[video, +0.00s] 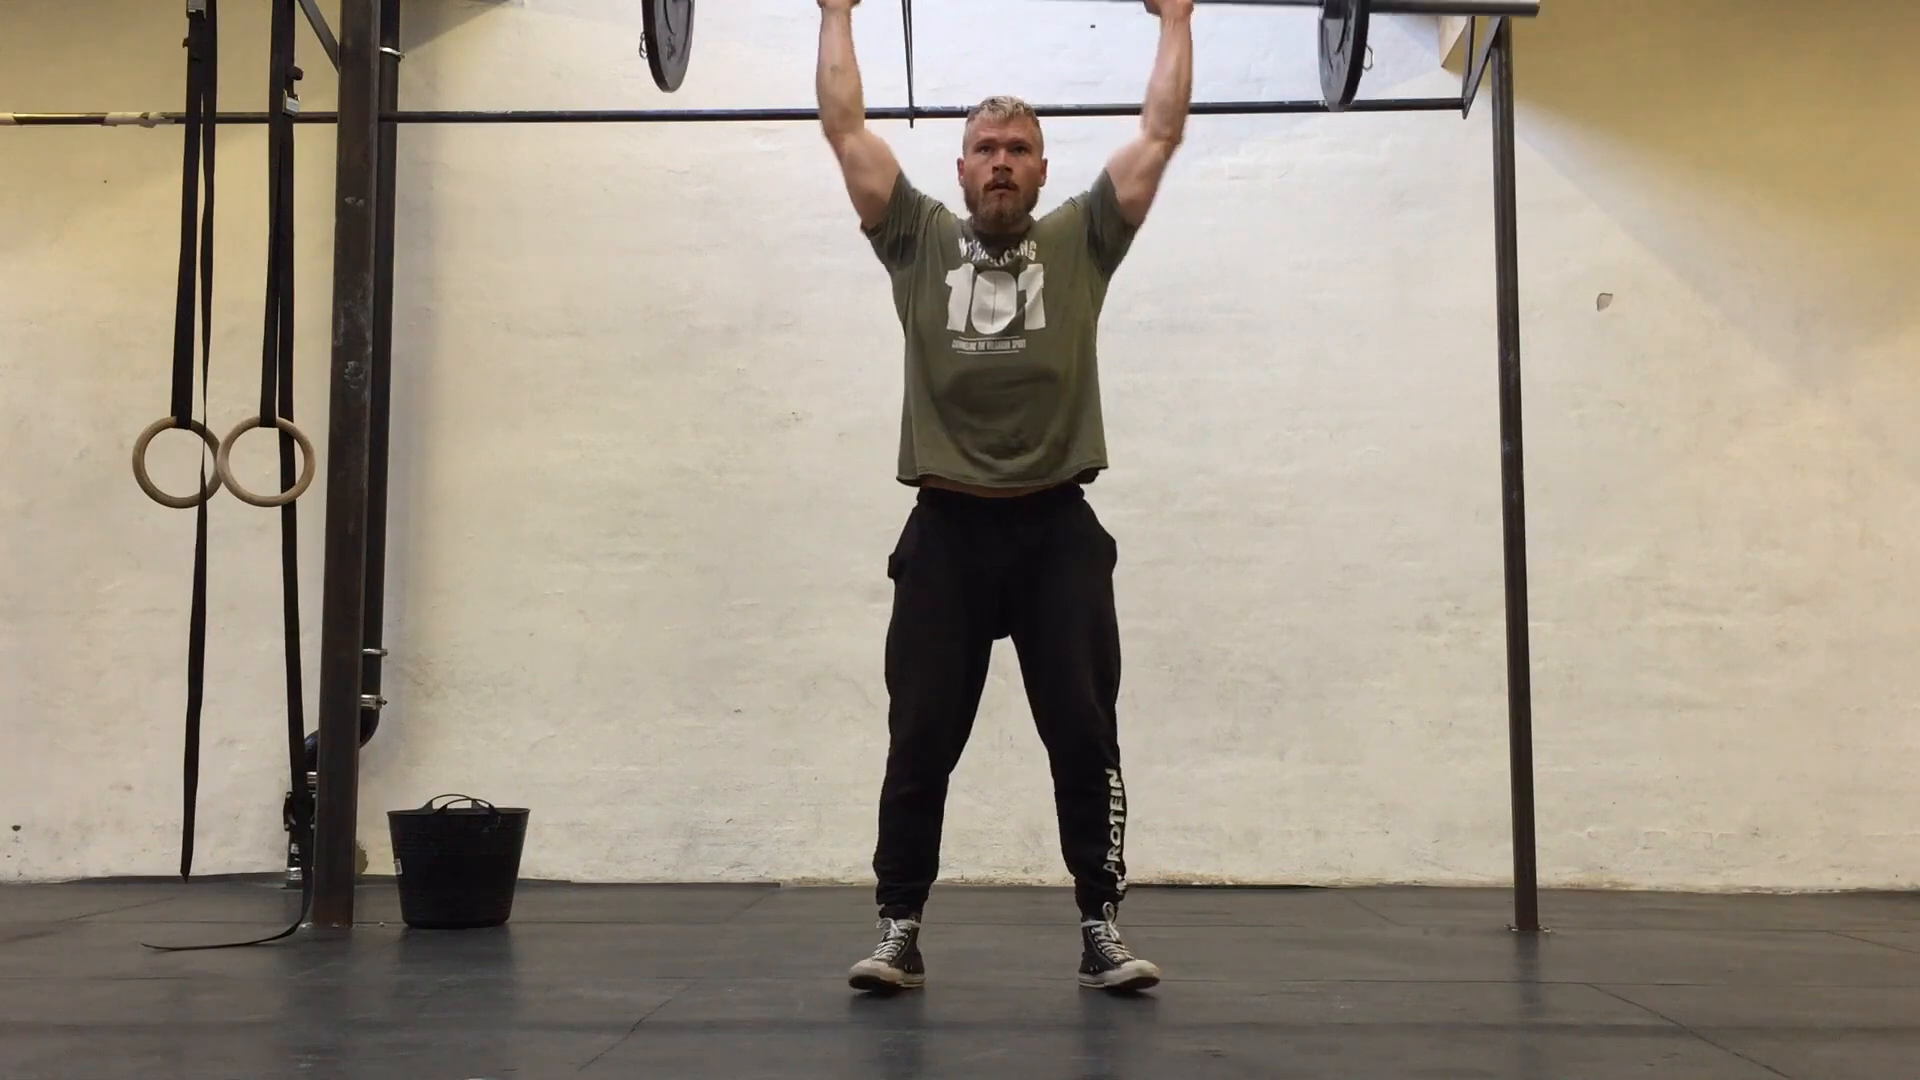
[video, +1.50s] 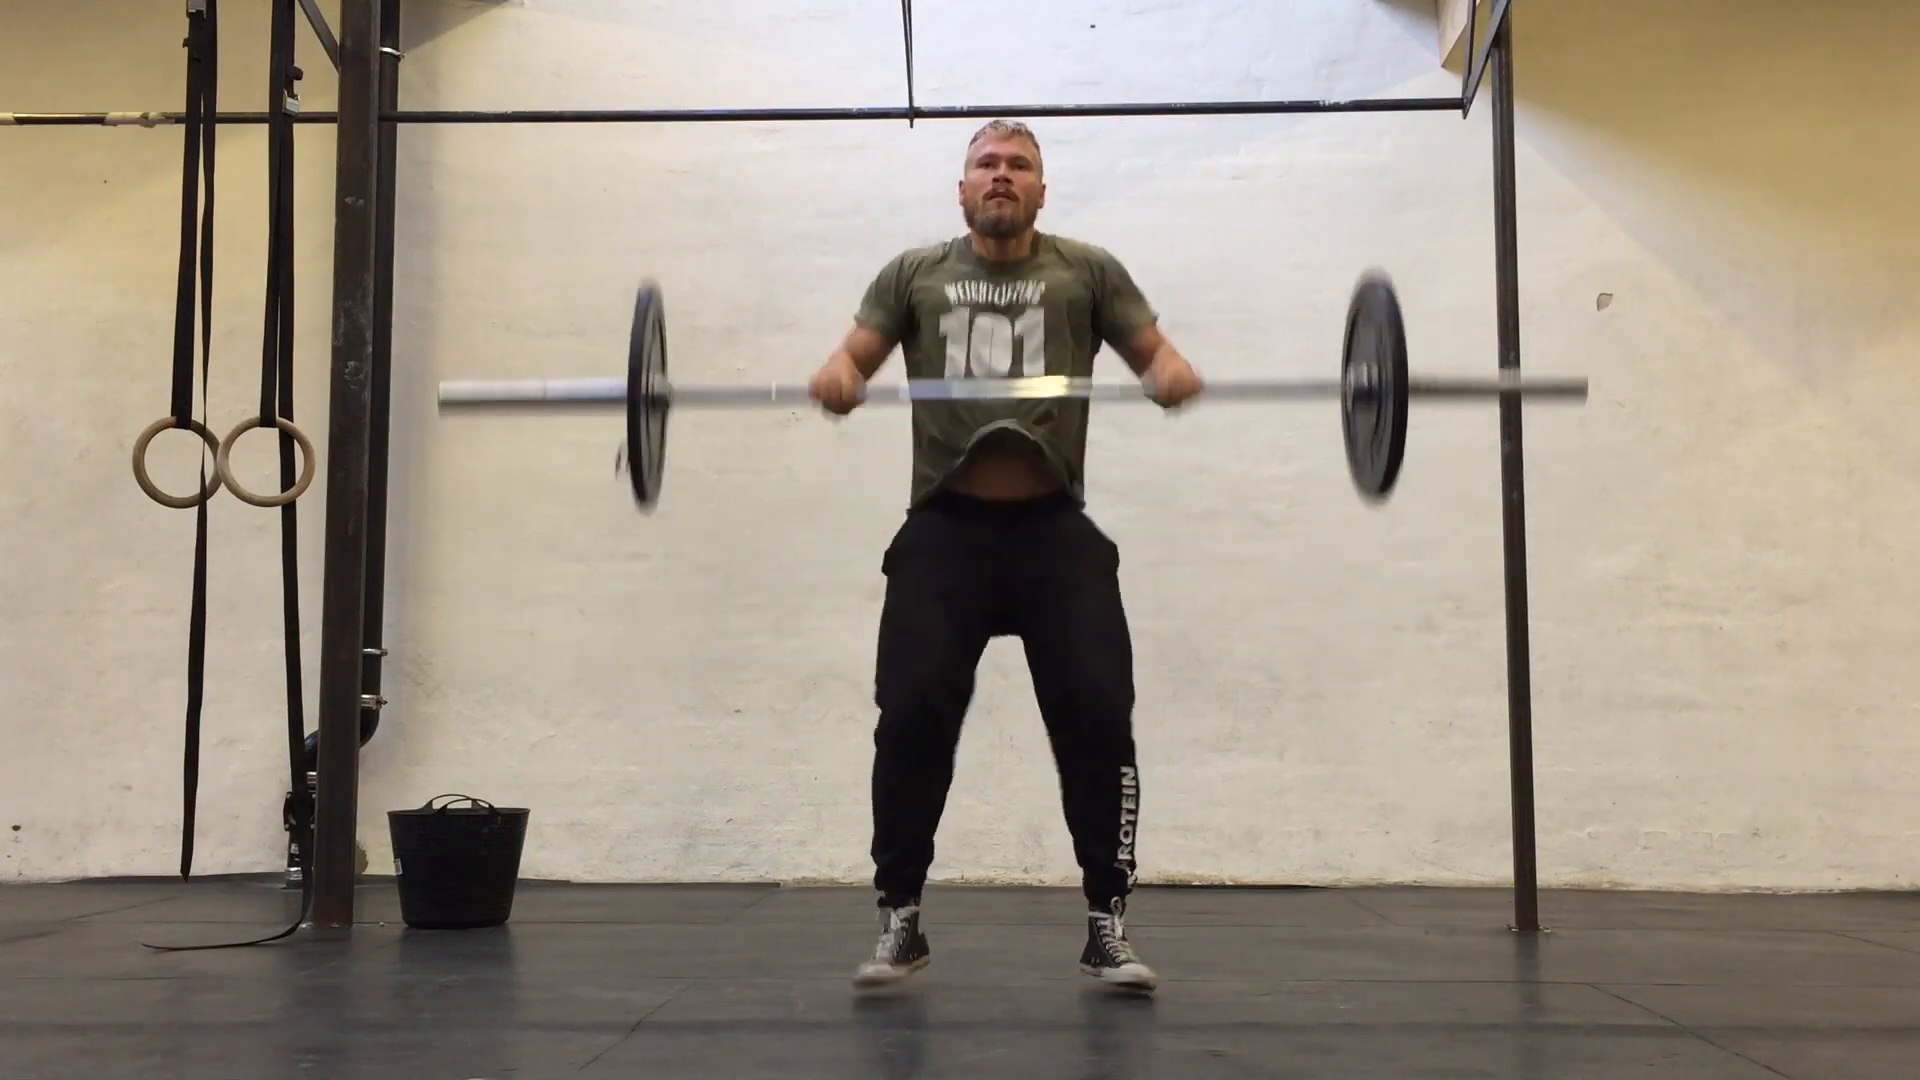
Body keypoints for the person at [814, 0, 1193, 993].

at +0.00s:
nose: (1002, 162)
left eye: (1019, 150)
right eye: (985, 150)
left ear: (1043, 170)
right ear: (961, 167)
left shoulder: (1080, 244)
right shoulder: (920, 243)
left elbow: (1157, 138)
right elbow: (846, 128)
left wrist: (1176, 21)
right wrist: (836, 12)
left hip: (1058, 535)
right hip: (946, 536)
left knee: (1084, 736)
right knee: (920, 739)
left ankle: (1102, 934)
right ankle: (898, 934)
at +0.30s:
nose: (998, 176)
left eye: (1015, 170)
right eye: (983, 170)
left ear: (1039, 199)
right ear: (961, 200)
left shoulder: (1084, 283)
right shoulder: (919, 283)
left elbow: (1207, 288)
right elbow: (801, 279)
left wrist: (1189, 178)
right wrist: (831, 172)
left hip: (1064, 541)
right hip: (949, 543)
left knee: (1095, 738)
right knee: (917, 745)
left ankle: (1102, 938)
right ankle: (900, 938)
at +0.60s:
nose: (1009, 156)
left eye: (1025, 146)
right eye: (993, 145)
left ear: (1048, 173)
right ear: (966, 172)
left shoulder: (1090, 262)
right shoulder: (924, 263)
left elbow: (1194, 332)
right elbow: (820, 332)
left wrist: (1183, 416)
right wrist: (839, 406)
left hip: (1068, 526)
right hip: (957, 526)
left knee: (1099, 724)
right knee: (927, 723)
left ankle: (1110, 927)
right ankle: (902, 929)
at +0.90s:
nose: (1005, 226)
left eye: (1022, 216)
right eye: (989, 215)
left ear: (1048, 250)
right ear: (963, 249)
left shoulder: (1102, 364)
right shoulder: (911, 361)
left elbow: (1146, 488)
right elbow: (870, 486)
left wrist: (1173, 613)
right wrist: (845, 613)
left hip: (1066, 582)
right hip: (942, 582)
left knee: (1111, 740)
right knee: (904, 738)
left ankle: (1107, 938)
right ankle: (900, 938)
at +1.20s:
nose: (1001, 198)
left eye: (1018, 190)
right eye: (985, 189)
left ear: (1045, 224)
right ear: (960, 224)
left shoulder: (1098, 337)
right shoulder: (908, 336)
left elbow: (1143, 461)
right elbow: (865, 460)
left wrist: (1170, 580)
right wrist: (842, 582)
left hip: (1065, 574)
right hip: (941, 572)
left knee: (1106, 740)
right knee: (907, 743)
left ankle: (1103, 937)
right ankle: (901, 937)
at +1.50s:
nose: (1001, 175)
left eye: (1018, 164)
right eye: (986, 163)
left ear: (1042, 187)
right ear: (961, 186)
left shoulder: (1087, 272)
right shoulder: (915, 275)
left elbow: (1156, 360)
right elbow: (851, 362)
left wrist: (1174, 376)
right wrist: (835, 379)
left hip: (1056, 536)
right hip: (945, 536)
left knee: (1098, 722)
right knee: (910, 719)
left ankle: (1108, 927)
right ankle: (900, 922)